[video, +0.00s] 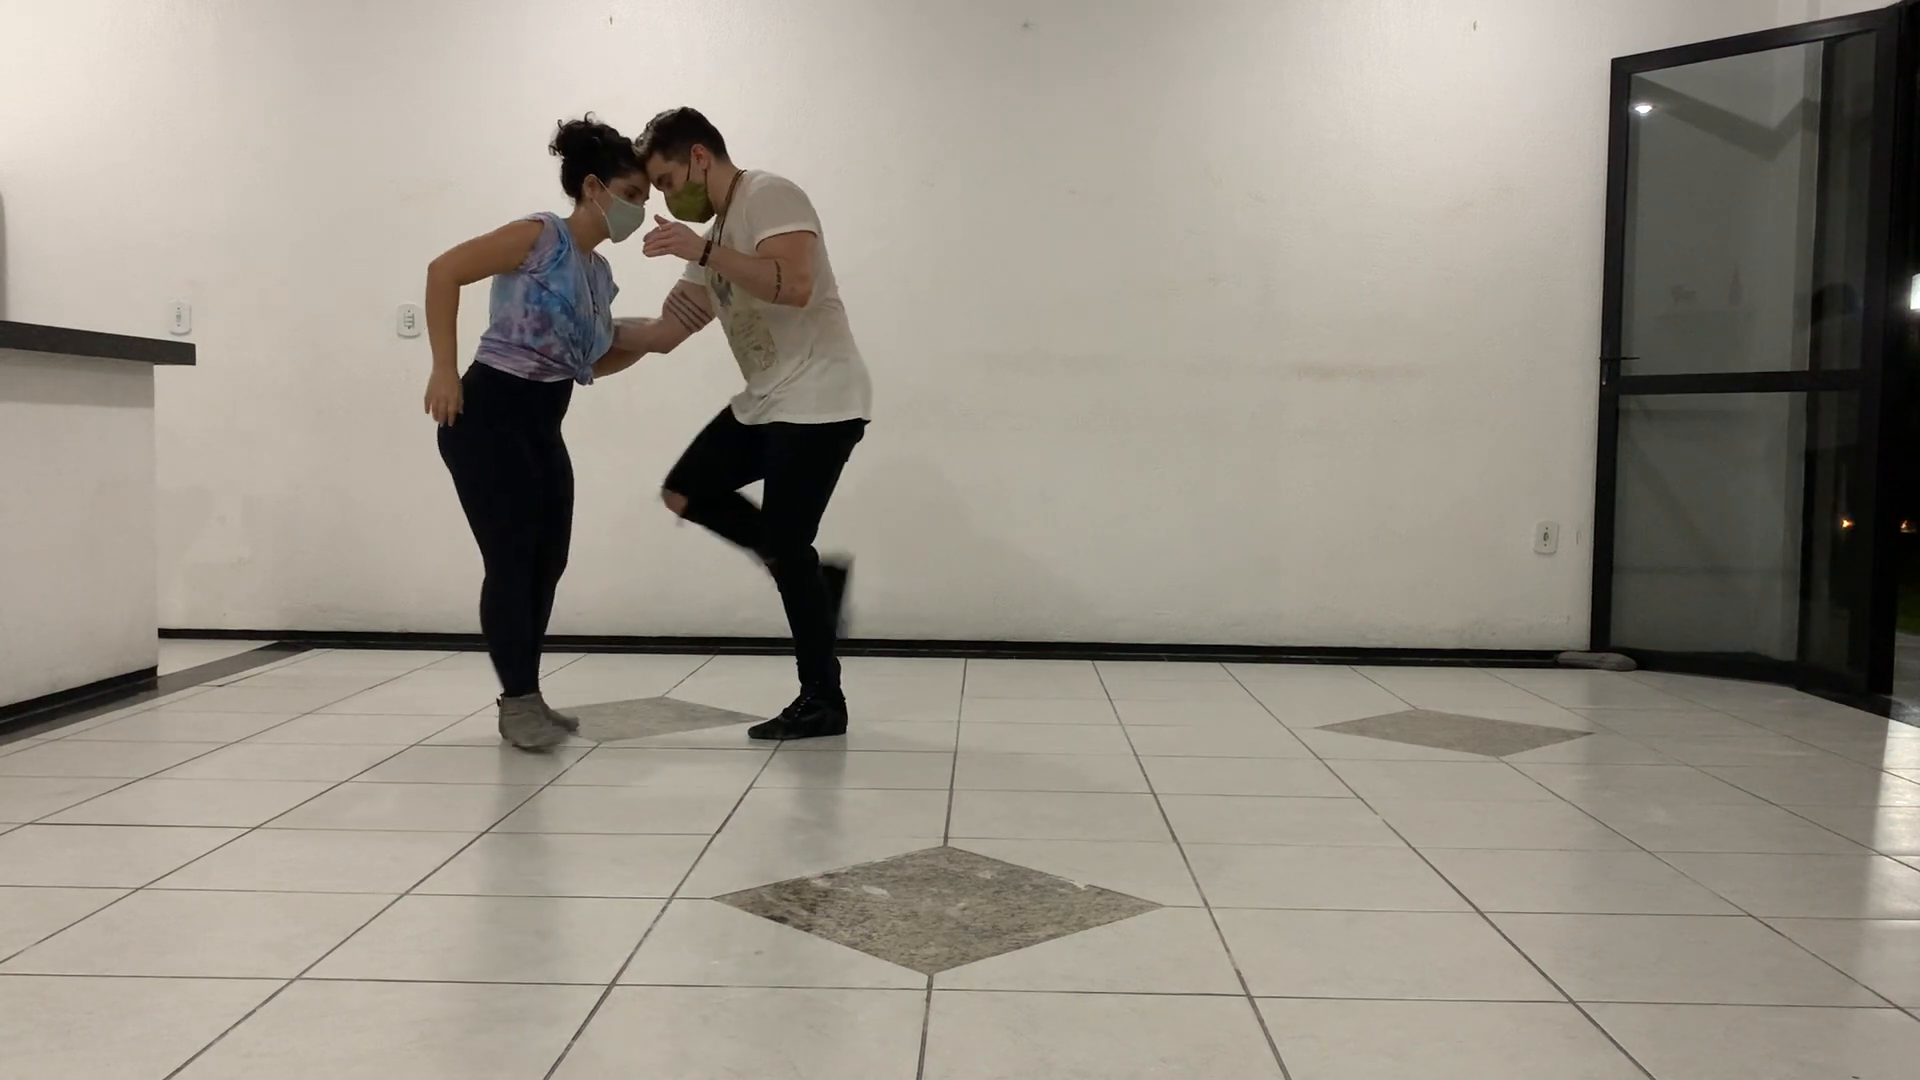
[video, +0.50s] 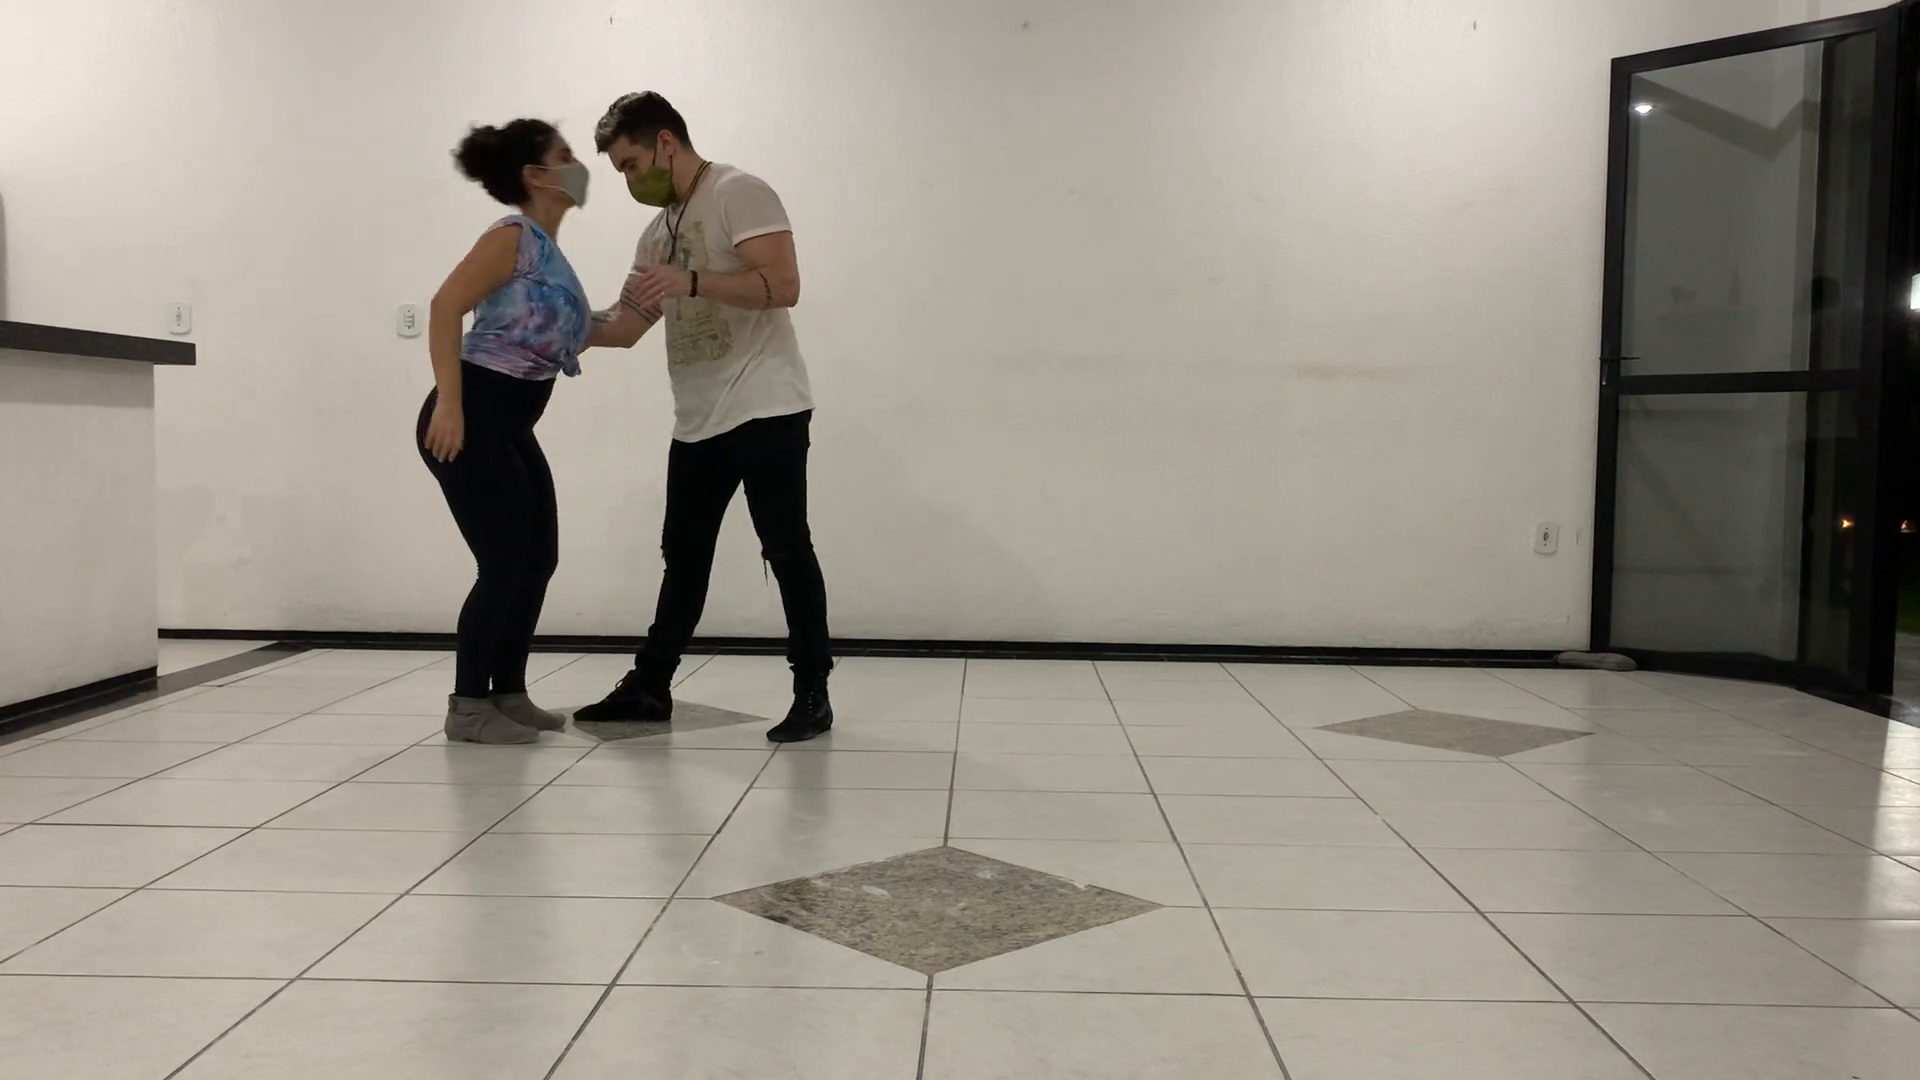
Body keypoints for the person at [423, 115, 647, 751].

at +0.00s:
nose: (641, 208)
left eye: (644, 196)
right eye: (633, 194)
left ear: (617, 194)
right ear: (593, 189)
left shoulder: (596, 278)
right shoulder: (540, 237)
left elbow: (590, 363)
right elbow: (444, 272)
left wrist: (657, 334)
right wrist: (445, 370)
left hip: (539, 422)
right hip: (487, 411)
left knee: (547, 557)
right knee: (512, 552)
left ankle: (524, 696)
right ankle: (517, 701)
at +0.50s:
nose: (579, 163)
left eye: (573, 153)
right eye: (565, 157)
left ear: (543, 175)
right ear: (534, 176)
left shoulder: (549, 261)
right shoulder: (512, 238)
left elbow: (620, 333)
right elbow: (445, 305)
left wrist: (658, 284)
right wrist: (448, 402)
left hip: (512, 419)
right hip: (472, 413)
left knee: (538, 552)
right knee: (506, 556)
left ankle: (506, 694)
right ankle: (469, 705)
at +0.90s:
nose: (498, 170)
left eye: (492, 160)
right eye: (486, 163)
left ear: (458, 182)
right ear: (454, 181)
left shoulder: (487, 248)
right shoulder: (453, 254)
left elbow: (545, 324)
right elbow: (465, 347)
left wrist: (619, 301)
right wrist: (543, 405)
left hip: (526, 417)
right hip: (491, 421)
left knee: (550, 558)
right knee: (526, 563)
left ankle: (507, 693)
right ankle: (474, 705)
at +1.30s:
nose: (494, 182)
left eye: (491, 170)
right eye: (484, 172)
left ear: (449, 185)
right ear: (448, 183)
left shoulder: (467, 250)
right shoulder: (439, 250)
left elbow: (543, 306)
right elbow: (479, 306)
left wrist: (620, 279)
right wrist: (569, 319)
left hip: (515, 415)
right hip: (491, 418)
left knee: (551, 556)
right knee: (529, 563)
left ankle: (508, 692)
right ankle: (475, 704)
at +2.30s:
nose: (543, 184)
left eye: (540, 172)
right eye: (534, 173)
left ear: (492, 182)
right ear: (500, 182)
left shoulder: (465, 243)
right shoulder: (503, 247)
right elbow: (537, 342)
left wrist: (544, 309)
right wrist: (608, 298)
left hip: (462, 425)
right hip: (457, 431)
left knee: (530, 557)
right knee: (515, 565)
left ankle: (504, 691)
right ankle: (476, 707)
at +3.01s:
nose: (554, 190)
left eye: (553, 177)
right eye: (546, 177)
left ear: (506, 179)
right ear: (512, 180)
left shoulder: (481, 247)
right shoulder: (492, 245)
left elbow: (531, 342)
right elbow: (582, 303)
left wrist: (623, 322)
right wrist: (667, 260)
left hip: (475, 428)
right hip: (433, 431)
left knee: (568, 531)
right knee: (491, 574)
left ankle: (539, 663)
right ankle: (472, 710)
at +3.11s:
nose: (574, 189)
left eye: (573, 176)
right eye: (567, 175)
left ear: (527, 177)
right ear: (531, 176)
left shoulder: (513, 252)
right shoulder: (500, 243)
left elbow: (566, 346)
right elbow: (578, 314)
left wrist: (659, 317)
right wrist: (666, 278)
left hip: (504, 431)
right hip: (451, 430)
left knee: (601, 530)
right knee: (489, 573)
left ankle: (603, 669)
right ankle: (481, 707)